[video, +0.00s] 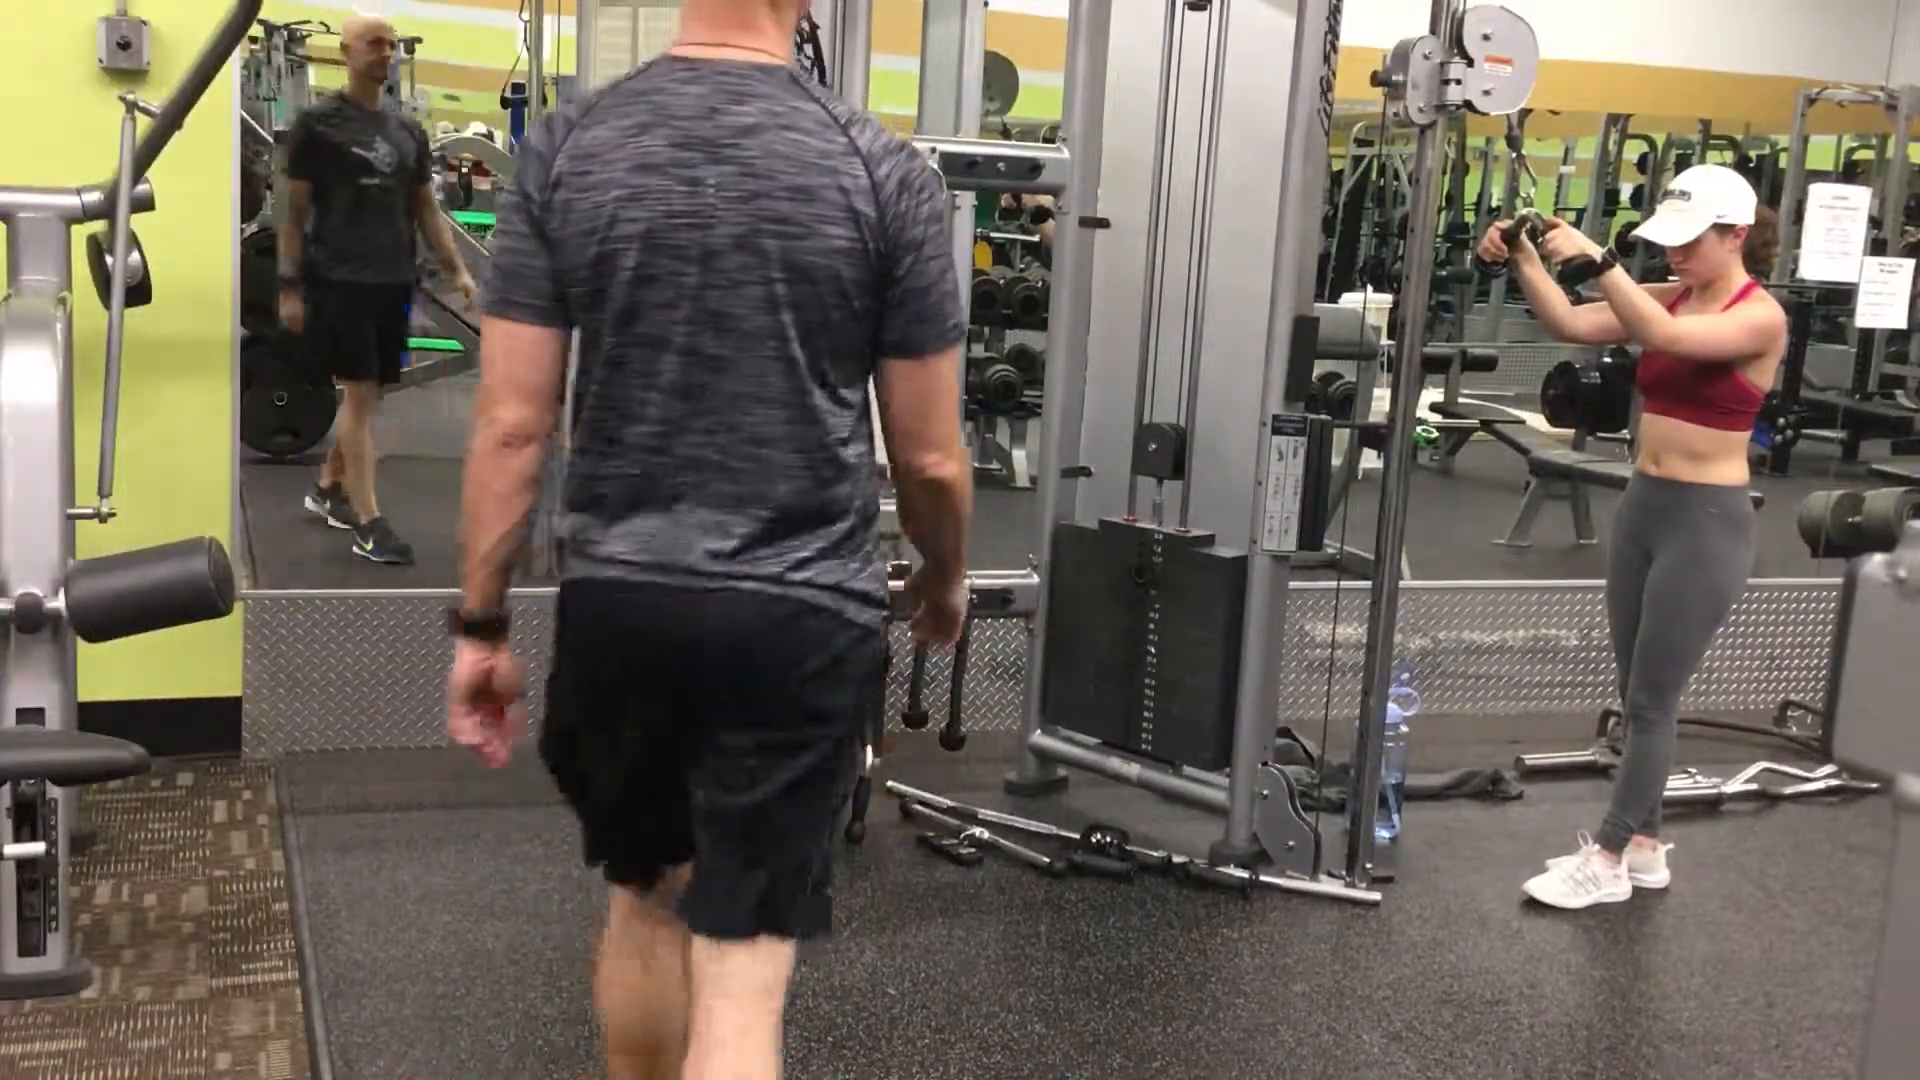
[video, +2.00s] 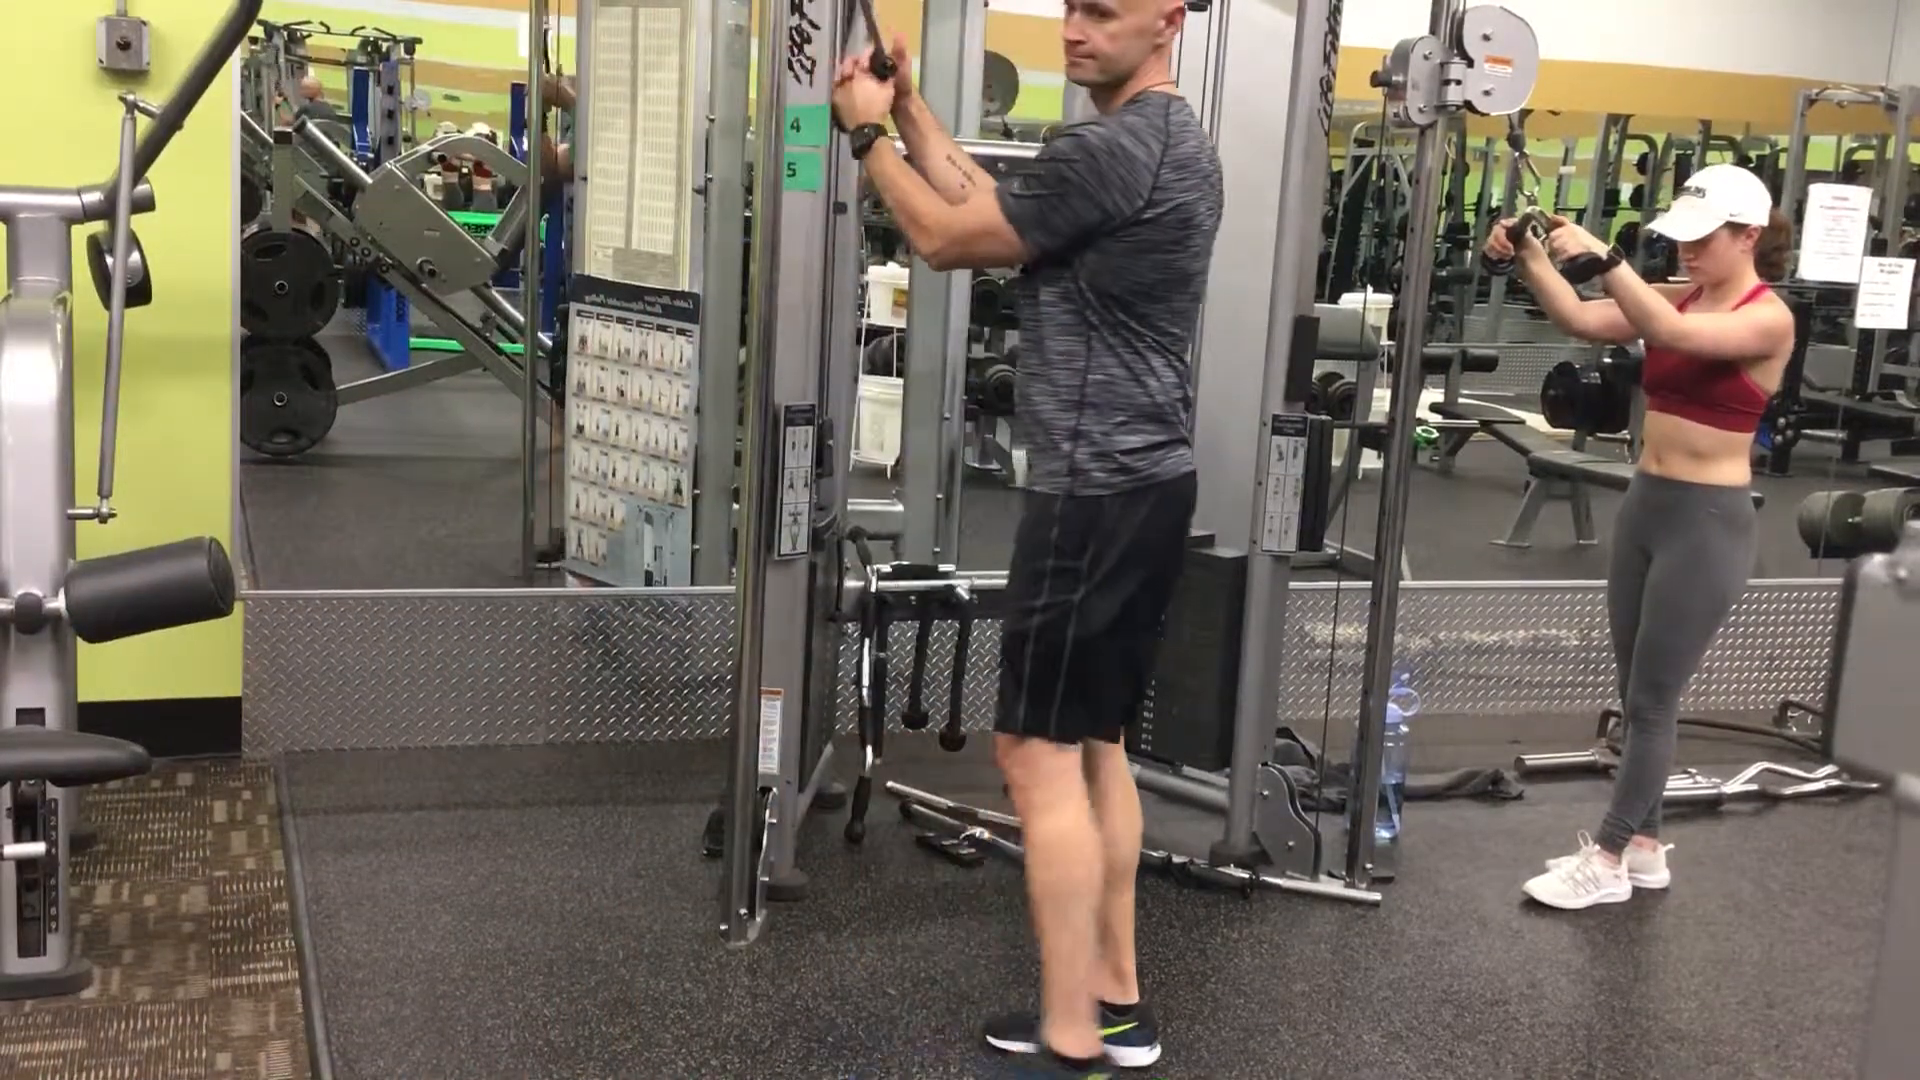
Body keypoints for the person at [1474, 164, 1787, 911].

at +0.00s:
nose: (1673, 255)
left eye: (1686, 241)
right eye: (1668, 242)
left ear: (1735, 236)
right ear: (1669, 241)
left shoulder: (1763, 317)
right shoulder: (1669, 299)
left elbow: (1666, 335)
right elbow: (1571, 322)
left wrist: (1596, 259)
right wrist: (1521, 258)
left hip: (1708, 524)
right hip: (1640, 510)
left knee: (1652, 700)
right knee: (1639, 694)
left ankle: (1607, 858)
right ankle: (1644, 845)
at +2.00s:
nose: (1683, 252)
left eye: (1699, 238)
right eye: (1680, 239)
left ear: (1748, 236)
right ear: (1682, 238)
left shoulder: (1771, 318)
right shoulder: (1678, 300)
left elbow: (1673, 330)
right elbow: (1584, 317)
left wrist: (1604, 256)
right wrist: (1527, 257)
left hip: (1709, 523)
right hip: (1642, 509)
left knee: (1652, 698)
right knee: (1639, 692)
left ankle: (1605, 859)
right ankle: (1646, 846)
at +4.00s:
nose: (1681, 252)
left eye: (1696, 239)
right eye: (1678, 239)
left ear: (1745, 236)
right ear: (1679, 238)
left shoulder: (1769, 318)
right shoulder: (1675, 300)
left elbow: (1670, 331)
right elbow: (1579, 319)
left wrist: (1602, 257)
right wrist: (1525, 257)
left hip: (1709, 524)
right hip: (1642, 510)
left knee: (1652, 699)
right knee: (1639, 693)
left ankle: (1606, 859)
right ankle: (1646, 846)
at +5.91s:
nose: (1676, 254)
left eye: (1690, 240)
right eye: (1671, 242)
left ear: (1739, 237)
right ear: (1673, 241)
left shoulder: (1765, 317)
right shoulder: (1670, 299)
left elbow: (1666, 333)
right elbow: (1574, 320)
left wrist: (1597, 258)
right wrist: (1521, 259)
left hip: (1708, 523)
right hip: (1641, 508)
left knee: (1651, 698)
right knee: (1638, 692)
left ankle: (1607, 858)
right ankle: (1645, 845)